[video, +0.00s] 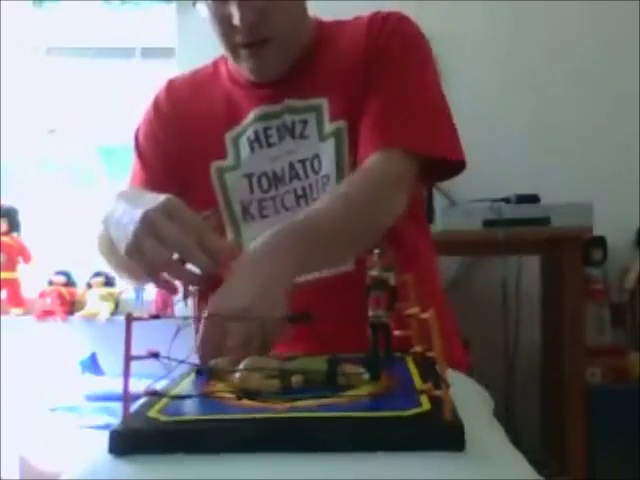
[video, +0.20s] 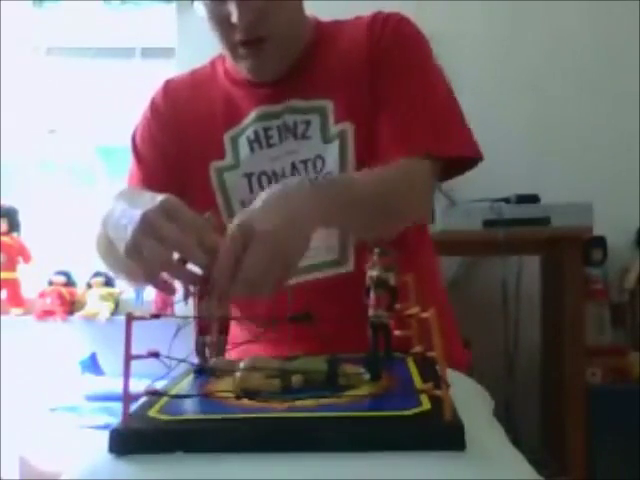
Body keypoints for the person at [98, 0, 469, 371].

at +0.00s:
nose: (240, 20)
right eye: (218, 1)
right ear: (203, 6)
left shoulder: (383, 43)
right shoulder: (178, 106)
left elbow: (387, 185)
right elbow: (134, 259)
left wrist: (271, 262)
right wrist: (124, 214)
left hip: (399, 378)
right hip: (247, 395)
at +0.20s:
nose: (237, 17)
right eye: (217, 1)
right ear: (200, 7)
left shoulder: (382, 45)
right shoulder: (176, 106)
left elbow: (411, 193)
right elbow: (134, 261)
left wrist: (303, 206)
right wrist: (122, 217)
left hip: (403, 366)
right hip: (257, 377)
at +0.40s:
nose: (234, 16)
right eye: (213, 2)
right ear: (197, 8)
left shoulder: (381, 47)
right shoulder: (172, 109)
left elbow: (460, 201)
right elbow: (128, 268)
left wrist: (370, 152)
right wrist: (125, 225)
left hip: (403, 365)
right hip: (255, 378)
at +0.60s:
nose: (237, 14)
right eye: (214, 1)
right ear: (190, 9)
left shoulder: (383, 49)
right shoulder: (169, 110)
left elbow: (497, 184)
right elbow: (136, 282)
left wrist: (443, 145)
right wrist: (108, 243)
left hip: (410, 368)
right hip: (256, 384)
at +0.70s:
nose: (240, 14)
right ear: (192, 7)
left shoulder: (386, 49)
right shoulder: (170, 113)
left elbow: (491, 153)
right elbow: (144, 289)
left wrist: (462, 182)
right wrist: (103, 251)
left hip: (411, 367)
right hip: (254, 384)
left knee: (503, 473)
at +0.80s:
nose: (249, 12)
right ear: (201, 8)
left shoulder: (393, 50)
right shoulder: (179, 114)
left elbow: (484, 159)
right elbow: (149, 282)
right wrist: (90, 260)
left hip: (417, 370)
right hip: (268, 391)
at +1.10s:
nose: (276, 14)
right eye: (258, 2)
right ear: (239, 6)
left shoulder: (425, 52)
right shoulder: (207, 105)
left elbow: (502, 182)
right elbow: (169, 252)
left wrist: (555, 298)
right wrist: (67, 336)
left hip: (440, 384)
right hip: (289, 398)